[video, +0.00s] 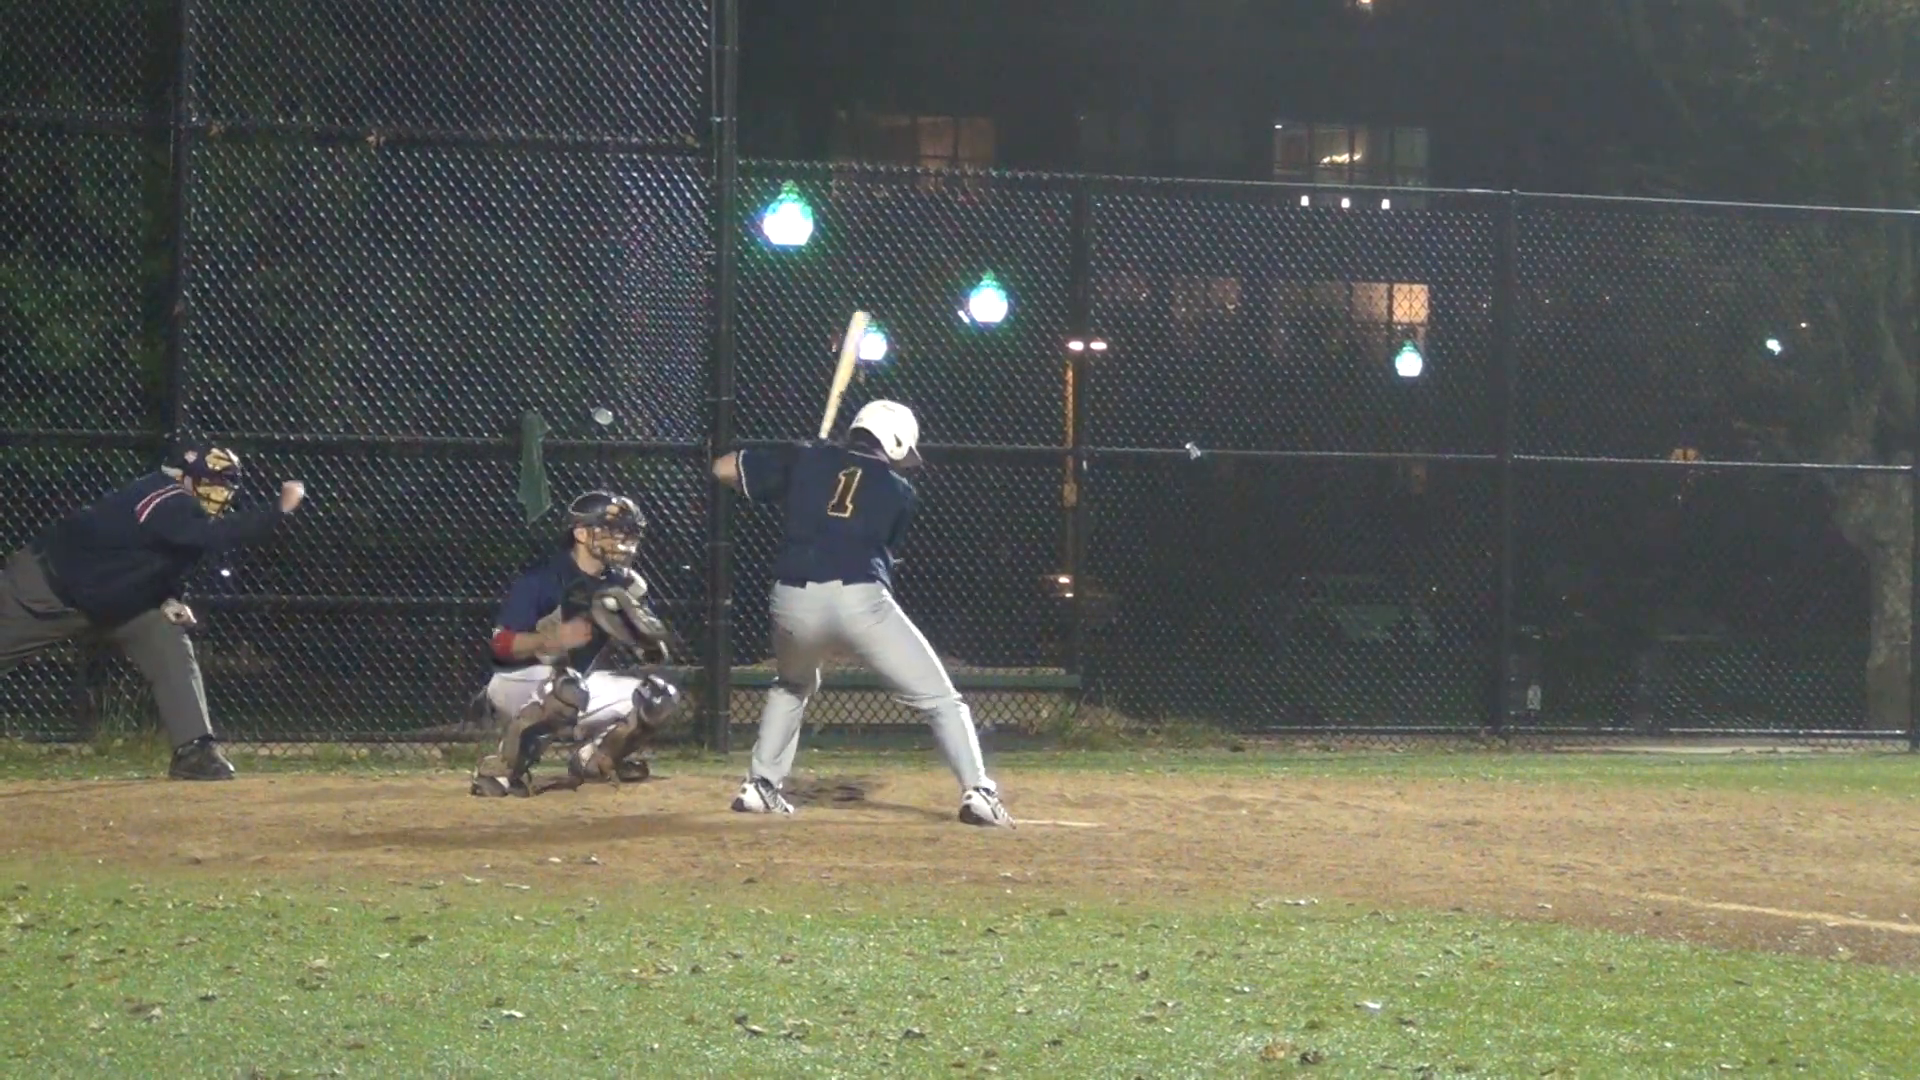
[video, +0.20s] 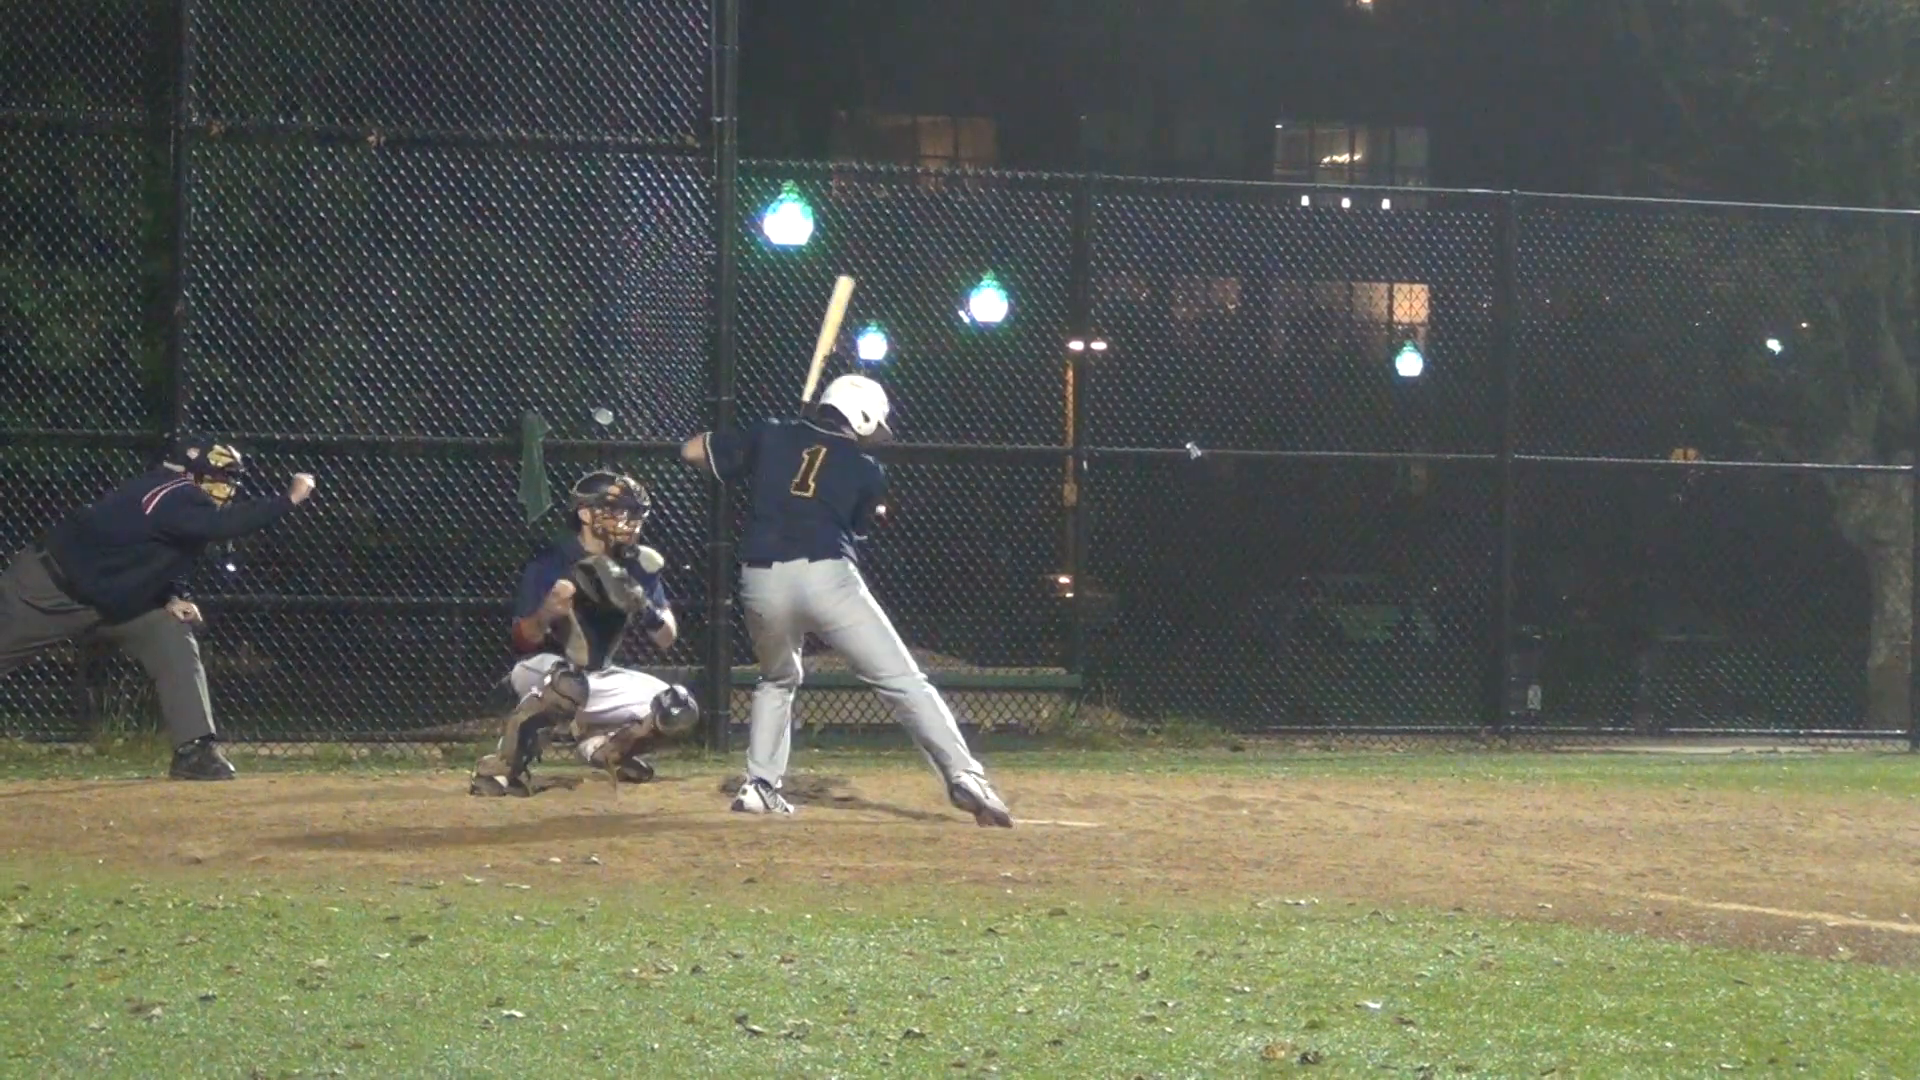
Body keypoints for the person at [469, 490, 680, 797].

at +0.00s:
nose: (621, 539)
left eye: (624, 532)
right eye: (610, 530)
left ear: (631, 536)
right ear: (581, 534)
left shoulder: (621, 584)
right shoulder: (542, 580)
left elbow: (655, 652)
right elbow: (501, 645)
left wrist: (637, 626)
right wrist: (555, 638)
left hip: (579, 681)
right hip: (515, 679)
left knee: (657, 695)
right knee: (569, 690)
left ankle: (593, 761)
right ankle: (501, 770)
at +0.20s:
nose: (625, 521)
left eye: (629, 513)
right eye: (613, 511)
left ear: (637, 518)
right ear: (585, 515)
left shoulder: (639, 566)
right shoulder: (551, 564)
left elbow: (667, 638)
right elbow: (522, 641)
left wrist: (639, 606)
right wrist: (548, 611)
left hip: (600, 676)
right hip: (540, 668)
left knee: (678, 707)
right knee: (569, 685)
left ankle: (608, 752)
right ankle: (500, 767)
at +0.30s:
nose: (629, 515)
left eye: (635, 507)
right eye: (618, 505)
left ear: (645, 512)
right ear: (590, 508)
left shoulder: (647, 557)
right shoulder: (567, 551)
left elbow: (692, 620)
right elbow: (523, 628)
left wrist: (667, 583)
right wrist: (520, 590)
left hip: (615, 672)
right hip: (559, 660)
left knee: (688, 717)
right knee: (571, 683)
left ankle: (620, 749)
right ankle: (501, 767)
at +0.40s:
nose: (640, 510)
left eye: (645, 502)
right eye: (628, 501)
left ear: (654, 505)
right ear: (600, 505)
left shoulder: (658, 554)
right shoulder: (570, 550)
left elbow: (716, 599)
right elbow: (518, 602)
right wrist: (496, 551)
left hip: (632, 673)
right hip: (575, 662)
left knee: (696, 725)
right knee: (571, 682)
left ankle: (626, 749)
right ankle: (502, 765)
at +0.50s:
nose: (652, 505)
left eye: (655, 497)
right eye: (640, 497)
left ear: (664, 500)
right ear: (610, 501)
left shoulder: (668, 552)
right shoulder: (582, 543)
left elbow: (725, 589)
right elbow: (511, 560)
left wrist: (698, 556)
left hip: (642, 672)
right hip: (586, 660)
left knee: (708, 748)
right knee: (577, 686)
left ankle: (636, 751)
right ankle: (506, 765)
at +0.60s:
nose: (644, 497)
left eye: (651, 490)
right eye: (635, 489)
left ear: (662, 496)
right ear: (616, 497)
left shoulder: (674, 543)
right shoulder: (584, 532)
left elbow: (712, 581)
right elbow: (526, 510)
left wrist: (692, 540)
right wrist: (534, 456)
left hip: (655, 674)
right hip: (598, 658)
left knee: (716, 771)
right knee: (581, 703)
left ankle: (646, 758)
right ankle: (507, 769)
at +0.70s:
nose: (656, 495)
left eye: (664, 486)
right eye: (645, 487)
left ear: (680, 492)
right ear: (630, 494)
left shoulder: (698, 541)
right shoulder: (606, 534)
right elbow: (543, 505)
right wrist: (593, 463)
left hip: (673, 677)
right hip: (620, 660)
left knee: (719, 777)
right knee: (594, 725)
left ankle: (642, 761)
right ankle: (507, 774)